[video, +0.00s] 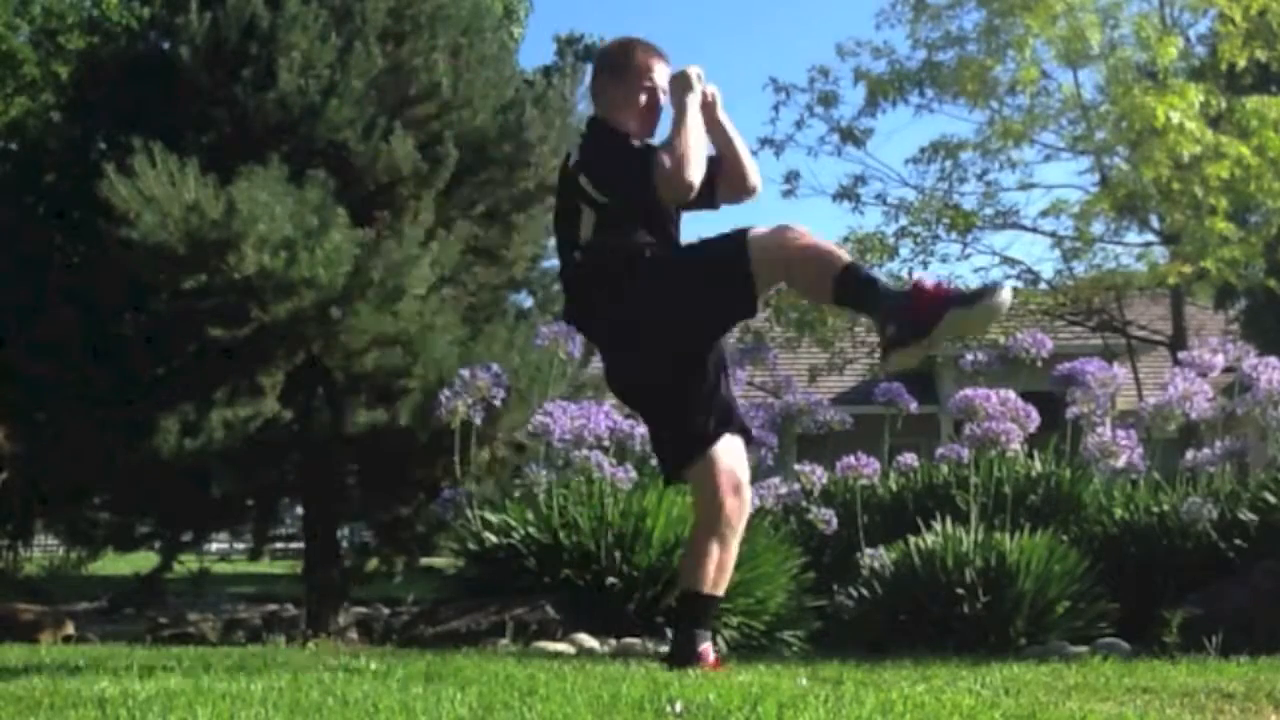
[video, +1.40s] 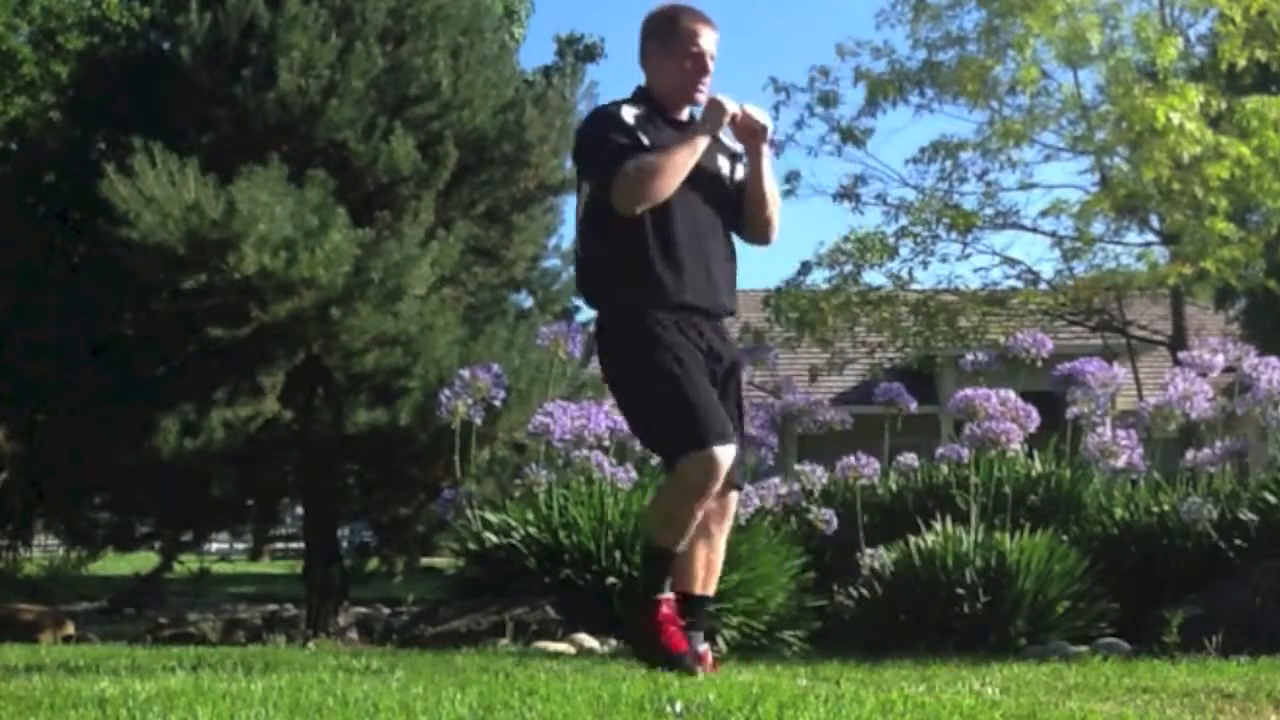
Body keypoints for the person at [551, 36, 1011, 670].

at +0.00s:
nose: (658, 102)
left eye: (662, 93)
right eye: (646, 89)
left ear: (657, 102)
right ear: (606, 89)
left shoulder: (641, 156)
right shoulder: (599, 149)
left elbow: (741, 184)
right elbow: (683, 183)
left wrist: (713, 116)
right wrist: (690, 106)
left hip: (657, 344)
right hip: (644, 307)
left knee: (728, 495)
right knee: (785, 246)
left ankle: (691, 644)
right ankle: (898, 309)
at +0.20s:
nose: (720, 101)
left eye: (724, 92)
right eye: (709, 88)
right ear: (668, 83)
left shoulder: (663, 157)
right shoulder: (663, 150)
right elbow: (750, 217)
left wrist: (756, 142)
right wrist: (766, 126)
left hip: (712, 352)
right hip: (722, 319)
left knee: (767, 514)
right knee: (844, 212)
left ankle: (695, 649)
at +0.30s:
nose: (743, 91)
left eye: (747, 82)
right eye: (731, 78)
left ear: (745, 85)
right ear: (688, 74)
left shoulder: (683, 145)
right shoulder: (691, 141)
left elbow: (767, 232)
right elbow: (774, 221)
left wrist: (773, 152)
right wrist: (794, 132)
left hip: (712, 348)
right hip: (742, 319)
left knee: (769, 514)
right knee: (904, 325)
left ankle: (693, 652)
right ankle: (962, 474)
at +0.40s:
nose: (770, 87)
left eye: (774, 77)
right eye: (757, 73)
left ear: (768, 84)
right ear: (715, 71)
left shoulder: (723, 139)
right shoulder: (720, 131)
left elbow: (812, 197)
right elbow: (810, 194)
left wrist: (807, 129)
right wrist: (821, 116)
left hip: (736, 342)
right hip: (775, 325)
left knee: (776, 517)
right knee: (884, 450)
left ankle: (693, 646)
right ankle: (936, 631)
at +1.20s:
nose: (768, 84)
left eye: (772, 73)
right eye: (756, 70)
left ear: (763, 79)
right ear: (711, 67)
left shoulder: (743, 149)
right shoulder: (683, 135)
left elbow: (809, 233)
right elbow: (741, 189)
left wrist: (810, 151)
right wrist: (778, 120)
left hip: (756, 341)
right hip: (724, 342)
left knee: (780, 508)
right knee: (807, 482)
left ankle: (697, 644)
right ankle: (860, 645)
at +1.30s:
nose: (737, 70)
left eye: (742, 60)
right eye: (725, 57)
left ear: (739, 65)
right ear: (682, 54)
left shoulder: (725, 141)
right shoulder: (645, 119)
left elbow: (787, 225)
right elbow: (682, 186)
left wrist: (785, 147)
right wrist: (742, 122)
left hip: (736, 324)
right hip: (677, 322)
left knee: (741, 480)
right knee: (762, 448)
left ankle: (694, 637)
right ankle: (778, 630)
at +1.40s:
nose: (704, 69)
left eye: (709, 59)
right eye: (691, 55)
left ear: (712, 69)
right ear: (651, 55)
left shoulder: (709, 143)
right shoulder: (611, 123)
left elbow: (760, 230)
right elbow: (633, 194)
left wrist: (757, 151)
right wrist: (705, 132)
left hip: (712, 329)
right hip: (644, 324)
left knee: (720, 489)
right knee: (709, 457)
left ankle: (690, 628)